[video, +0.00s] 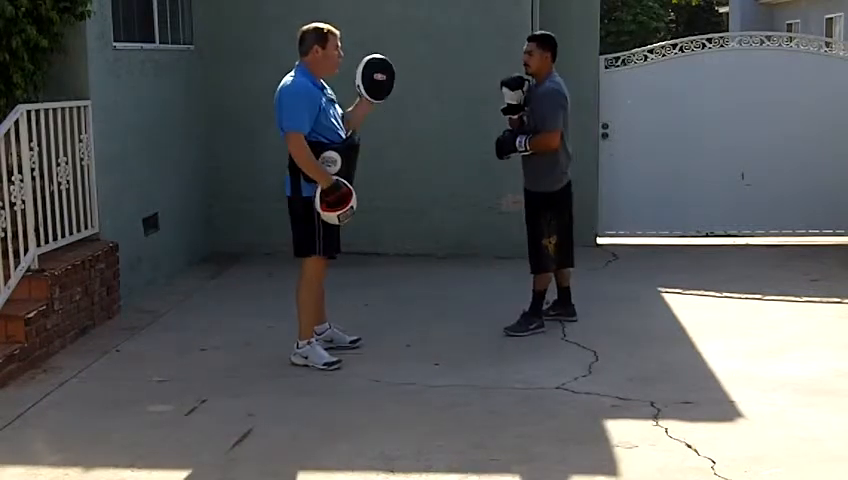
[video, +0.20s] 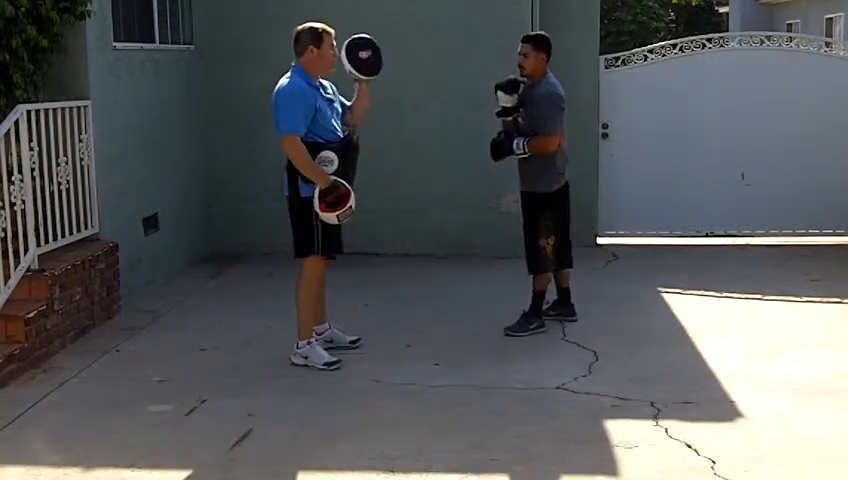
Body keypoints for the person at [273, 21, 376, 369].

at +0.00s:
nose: (341, 55)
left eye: (340, 49)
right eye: (336, 48)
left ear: (318, 52)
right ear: (317, 52)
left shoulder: (316, 85)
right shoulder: (297, 88)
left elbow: (341, 129)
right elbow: (296, 145)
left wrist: (367, 99)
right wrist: (326, 181)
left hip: (322, 187)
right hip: (307, 191)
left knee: (320, 260)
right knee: (314, 262)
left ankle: (319, 329)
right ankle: (304, 344)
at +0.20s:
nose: (336, 53)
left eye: (336, 47)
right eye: (331, 47)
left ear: (314, 52)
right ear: (312, 52)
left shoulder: (320, 84)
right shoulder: (292, 89)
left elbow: (350, 121)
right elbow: (291, 144)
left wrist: (363, 83)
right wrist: (325, 182)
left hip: (325, 186)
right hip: (306, 190)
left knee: (321, 259)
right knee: (313, 260)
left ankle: (319, 330)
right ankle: (304, 344)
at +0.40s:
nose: (332, 53)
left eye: (331, 47)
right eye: (328, 47)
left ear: (309, 53)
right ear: (308, 52)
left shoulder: (317, 84)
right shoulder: (289, 90)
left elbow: (354, 116)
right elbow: (289, 146)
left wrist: (383, 85)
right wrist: (325, 182)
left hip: (326, 186)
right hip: (307, 189)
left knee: (322, 258)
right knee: (314, 260)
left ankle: (320, 329)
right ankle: (304, 345)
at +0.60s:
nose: (332, 52)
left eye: (331, 46)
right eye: (327, 46)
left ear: (310, 52)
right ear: (307, 52)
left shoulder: (316, 84)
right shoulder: (290, 90)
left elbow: (350, 118)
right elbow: (289, 146)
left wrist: (380, 88)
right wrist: (324, 182)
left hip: (326, 186)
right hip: (307, 190)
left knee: (322, 260)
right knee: (315, 262)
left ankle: (320, 330)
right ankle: (304, 345)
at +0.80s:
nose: (335, 53)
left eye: (334, 47)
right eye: (331, 47)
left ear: (313, 51)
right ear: (312, 51)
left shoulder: (315, 83)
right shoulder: (294, 89)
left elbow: (344, 122)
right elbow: (292, 146)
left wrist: (374, 95)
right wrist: (327, 182)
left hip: (323, 188)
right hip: (307, 191)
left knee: (321, 260)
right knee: (313, 263)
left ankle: (319, 330)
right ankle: (305, 344)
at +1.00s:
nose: (339, 54)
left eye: (338, 47)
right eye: (334, 47)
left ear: (317, 52)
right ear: (317, 51)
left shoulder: (315, 84)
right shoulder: (299, 89)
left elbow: (325, 135)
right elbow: (299, 144)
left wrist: (358, 133)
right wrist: (341, 165)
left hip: (324, 188)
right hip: (311, 192)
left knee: (327, 259)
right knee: (318, 262)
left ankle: (319, 329)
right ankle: (307, 343)